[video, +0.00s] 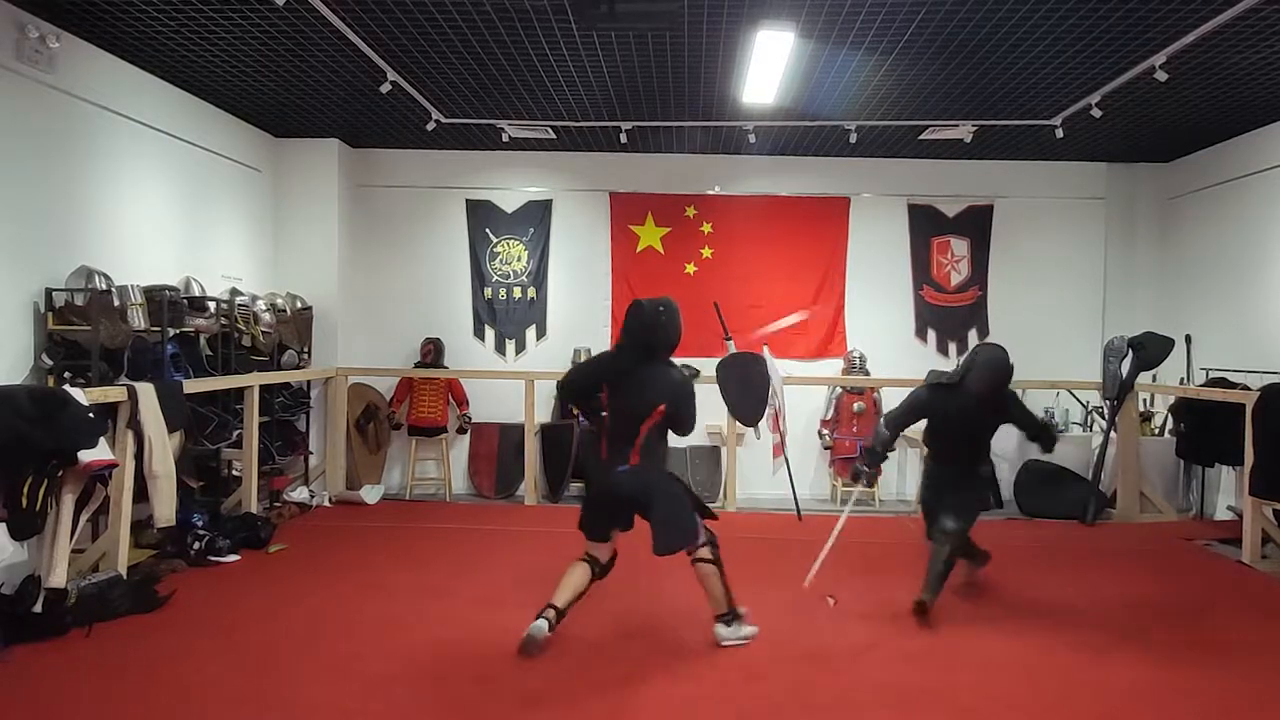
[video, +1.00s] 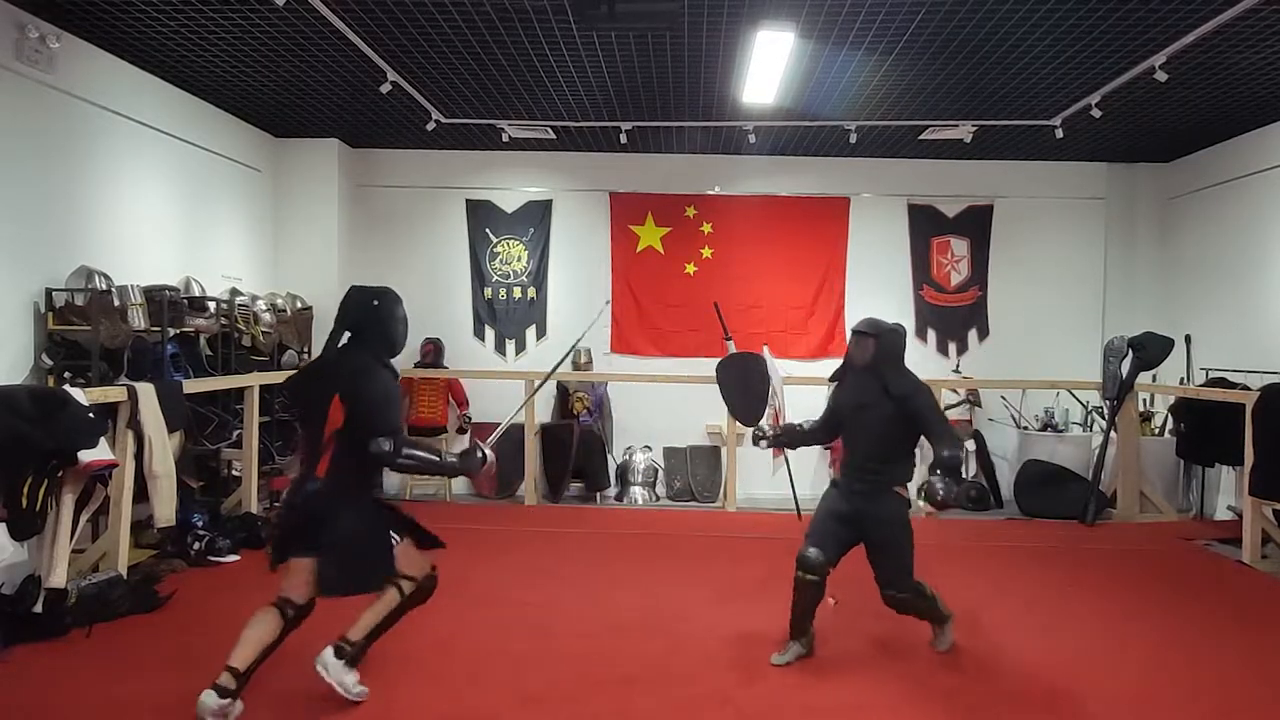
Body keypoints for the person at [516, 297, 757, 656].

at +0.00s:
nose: (679, 334)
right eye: (675, 328)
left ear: (629, 331)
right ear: (672, 336)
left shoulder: (610, 362)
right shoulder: (675, 380)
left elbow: (570, 387)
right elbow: (683, 426)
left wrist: (601, 414)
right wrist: (679, 385)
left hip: (602, 477)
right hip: (649, 477)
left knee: (596, 556)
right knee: (700, 541)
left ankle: (546, 619)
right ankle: (727, 621)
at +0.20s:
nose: (608, 337)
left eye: (602, 330)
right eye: (603, 332)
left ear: (561, 343)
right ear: (598, 342)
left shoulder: (548, 381)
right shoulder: (613, 377)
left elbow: (504, 412)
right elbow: (666, 402)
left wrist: (538, 451)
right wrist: (707, 384)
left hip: (550, 493)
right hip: (598, 494)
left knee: (514, 552)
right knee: (641, 544)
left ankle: (465, 613)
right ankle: (644, 629)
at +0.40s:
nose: (520, 368)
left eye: (517, 364)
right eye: (517, 363)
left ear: (474, 364)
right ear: (510, 363)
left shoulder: (456, 395)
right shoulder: (521, 387)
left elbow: (409, 430)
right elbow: (567, 419)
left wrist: (441, 462)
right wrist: (619, 430)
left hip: (456, 502)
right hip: (504, 499)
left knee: (439, 563)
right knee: (559, 560)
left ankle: (398, 641)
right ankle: (615, 632)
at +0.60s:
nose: (466, 355)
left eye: (465, 349)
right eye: (464, 348)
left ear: (417, 346)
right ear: (455, 348)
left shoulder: (394, 383)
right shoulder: (457, 381)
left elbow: (345, 414)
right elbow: (475, 435)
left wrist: (377, 447)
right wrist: (518, 484)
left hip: (391, 495)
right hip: (436, 495)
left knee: (421, 556)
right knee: (471, 574)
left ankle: (394, 640)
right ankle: (418, 643)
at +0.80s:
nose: (436, 330)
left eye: (434, 322)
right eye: (432, 323)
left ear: (383, 321)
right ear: (421, 325)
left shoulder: (359, 362)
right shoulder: (416, 373)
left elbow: (316, 392)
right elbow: (417, 434)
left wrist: (347, 433)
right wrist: (484, 463)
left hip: (343, 486)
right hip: (381, 493)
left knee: (369, 584)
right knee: (361, 601)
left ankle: (330, 651)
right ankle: (300, 688)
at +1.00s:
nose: (404, 329)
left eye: (401, 319)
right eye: (399, 320)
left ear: (355, 324)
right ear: (382, 325)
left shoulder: (325, 365)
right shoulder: (377, 376)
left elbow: (291, 391)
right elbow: (386, 449)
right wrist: (459, 464)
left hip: (307, 501)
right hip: (348, 506)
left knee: (292, 599)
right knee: (418, 574)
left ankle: (222, 690)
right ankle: (343, 655)